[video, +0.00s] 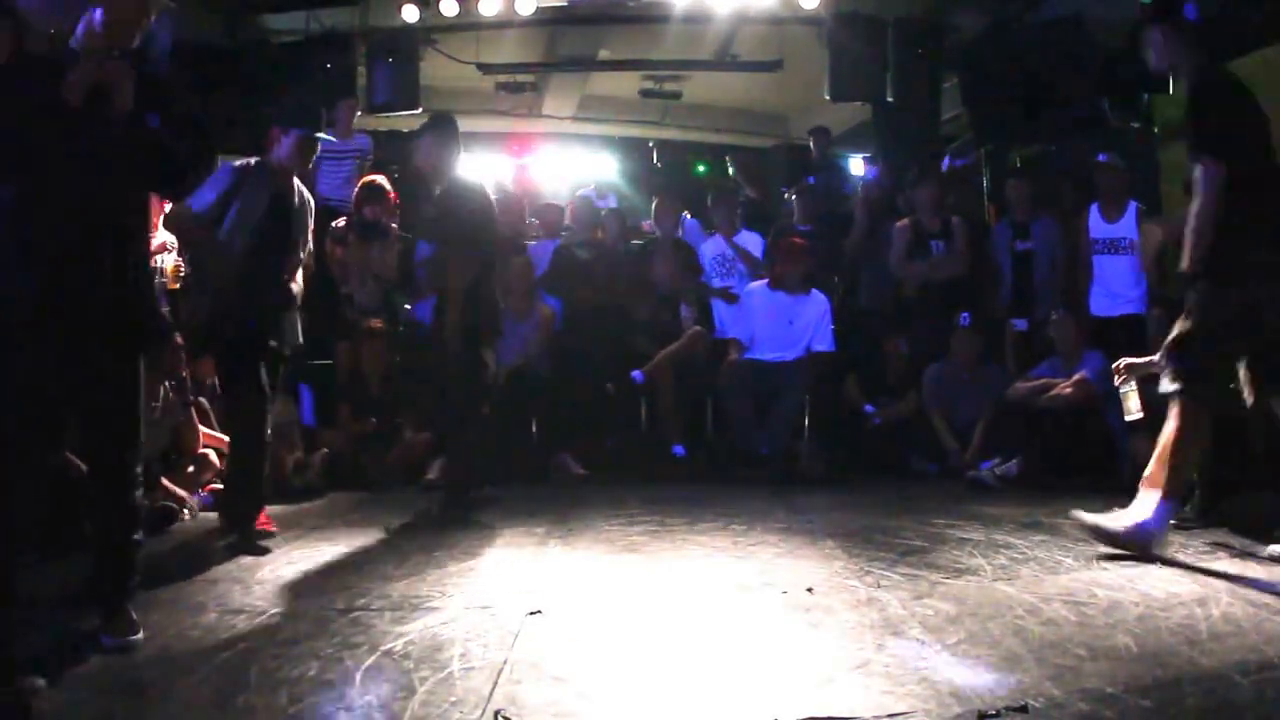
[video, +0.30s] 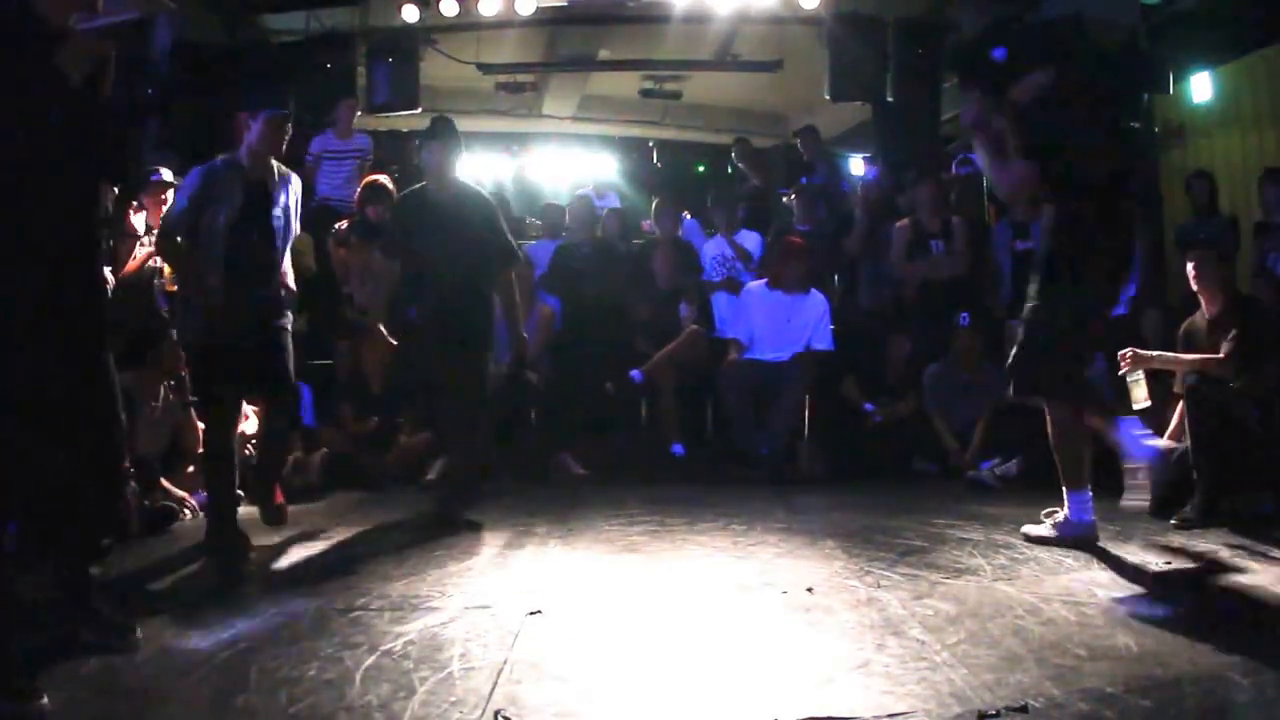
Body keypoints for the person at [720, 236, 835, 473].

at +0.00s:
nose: (793, 268)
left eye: (799, 261)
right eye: (787, 261)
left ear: (807, 265)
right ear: (775, 264)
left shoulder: (818, 302)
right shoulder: (753, 293)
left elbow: (822, 352)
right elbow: (737, 339)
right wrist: (733, 356)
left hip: (791, 364)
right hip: (755, 363)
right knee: (733, 373)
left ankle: (775, 450)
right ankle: (746, 448)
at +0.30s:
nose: (796, 269)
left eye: (800, 263)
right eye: (790, 262)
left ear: (805, 266)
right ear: (777, 264)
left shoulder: (816, 302)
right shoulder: (752, 292)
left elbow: (821, 351)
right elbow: (738, 339)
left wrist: (802, 360)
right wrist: (733, 357)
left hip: (790, 364)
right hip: (754, 363)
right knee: (730, 374)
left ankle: (778, 449)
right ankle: (747, 447)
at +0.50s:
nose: (794, 269)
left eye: (799, 263)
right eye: (788, 262)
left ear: (805, 266)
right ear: (776, 264)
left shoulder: (816, 301)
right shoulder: (753, 292)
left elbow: (821, 352)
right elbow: (740, 339)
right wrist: (733, 356)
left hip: (792, 361)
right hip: (756, 360)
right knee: (732, 376)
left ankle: (775, 450)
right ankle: (745, 448)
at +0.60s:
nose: (794, 271)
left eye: (797, 264)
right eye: (787, 263)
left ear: (804, 266)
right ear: (773, 265)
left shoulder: (813, 300)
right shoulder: (752, 293)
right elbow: (739, 338)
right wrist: (734, 356)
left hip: (792, 362)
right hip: (755, 360)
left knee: (794, 385)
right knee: (731, 378)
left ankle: (775, 449)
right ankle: (744, 447)